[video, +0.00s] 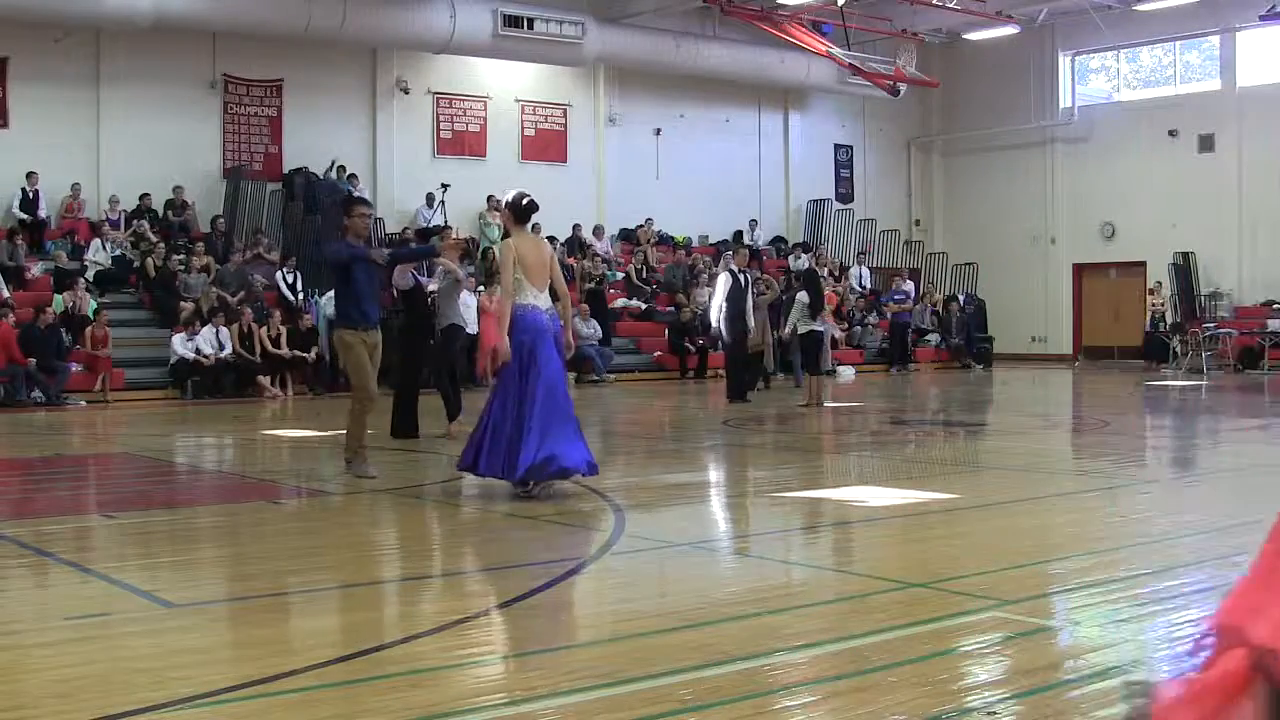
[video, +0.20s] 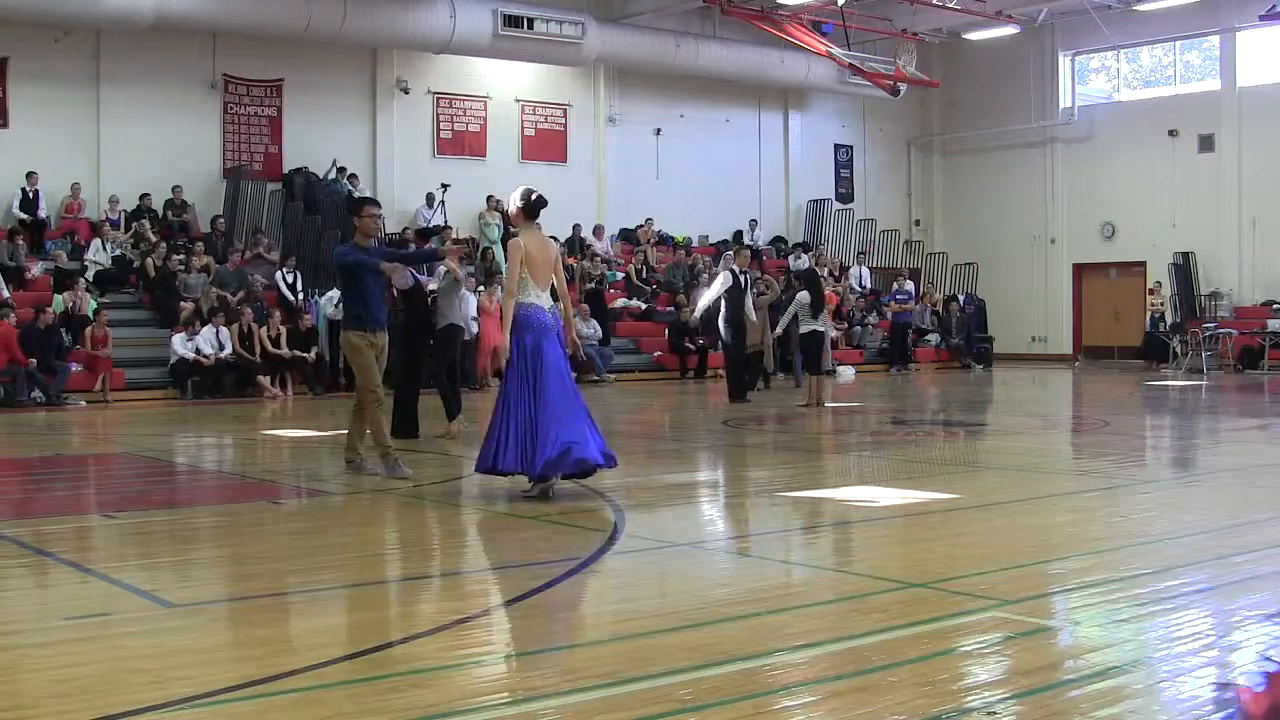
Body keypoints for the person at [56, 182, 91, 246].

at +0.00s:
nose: (78, 192)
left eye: (79, 190)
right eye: (76, 190)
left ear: (81, 191)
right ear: (71, 190)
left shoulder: (82, 201)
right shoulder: (66, 200)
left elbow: (81, 213)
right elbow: (61, 213)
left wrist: (78, 215)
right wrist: (72, 215)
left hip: (77, 220)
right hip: (65, 221)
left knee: (84, 222)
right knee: (81, 225)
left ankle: (81, 240)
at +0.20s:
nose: (78, 191)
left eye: (79, 189)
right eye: (75, 189)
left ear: (80, 190)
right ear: (71, 190)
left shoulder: (82, 201)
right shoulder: (66, 200)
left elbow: (82, 213)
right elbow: (61, 214)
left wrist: (78, 216)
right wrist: (72, 216)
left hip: (78, 220)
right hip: (67, 220)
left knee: (84, 222)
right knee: (81, 225)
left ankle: (81, 241)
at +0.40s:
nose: (78, 191)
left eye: (79, 189)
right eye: (75, 189)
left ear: (80, 190)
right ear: (71, 190)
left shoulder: (82, 201)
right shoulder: (66, 199)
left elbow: (82, 213)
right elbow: (61, 214)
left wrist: (78, 216)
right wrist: (72, 216)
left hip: (78, 220)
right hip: (67, 220)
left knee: (84, 222)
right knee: (81, 225)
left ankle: (81, 240)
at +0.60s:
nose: (78, 191)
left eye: (79, 189)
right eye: (75, 189)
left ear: (80, 190)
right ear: (71, 190)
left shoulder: (82, 201)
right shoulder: (66, 199)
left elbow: (82, 213)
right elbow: (61, 214)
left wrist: (78, 216)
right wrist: (72, 216)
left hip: (78, 220)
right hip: (67, 220)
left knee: (84, 222)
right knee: (81, 225)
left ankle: (81, 241)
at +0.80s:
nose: (78, 191)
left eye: (79, 189)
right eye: (76, 189)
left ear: (81, 190)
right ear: (72, 190)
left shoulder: (82, 201)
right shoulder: (67, 199)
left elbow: (82, 214)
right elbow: (62, 214)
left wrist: (79, 216)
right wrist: (73, 216)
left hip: (78, 220)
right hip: (66, 221)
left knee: (84, 222)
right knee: (82, 226)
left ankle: (80, 240)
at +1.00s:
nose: (78, 191)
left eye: (79, 189)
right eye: (76, 189)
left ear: (81, 191)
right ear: (72, 190)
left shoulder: (83, 202)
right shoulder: (67, 199)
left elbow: (82, 215)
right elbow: (62, 214)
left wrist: (79, 216)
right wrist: (73, 216)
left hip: (78, 220)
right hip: (66, 221)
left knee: (84, 221)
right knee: (82, 226)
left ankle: (81, 240)